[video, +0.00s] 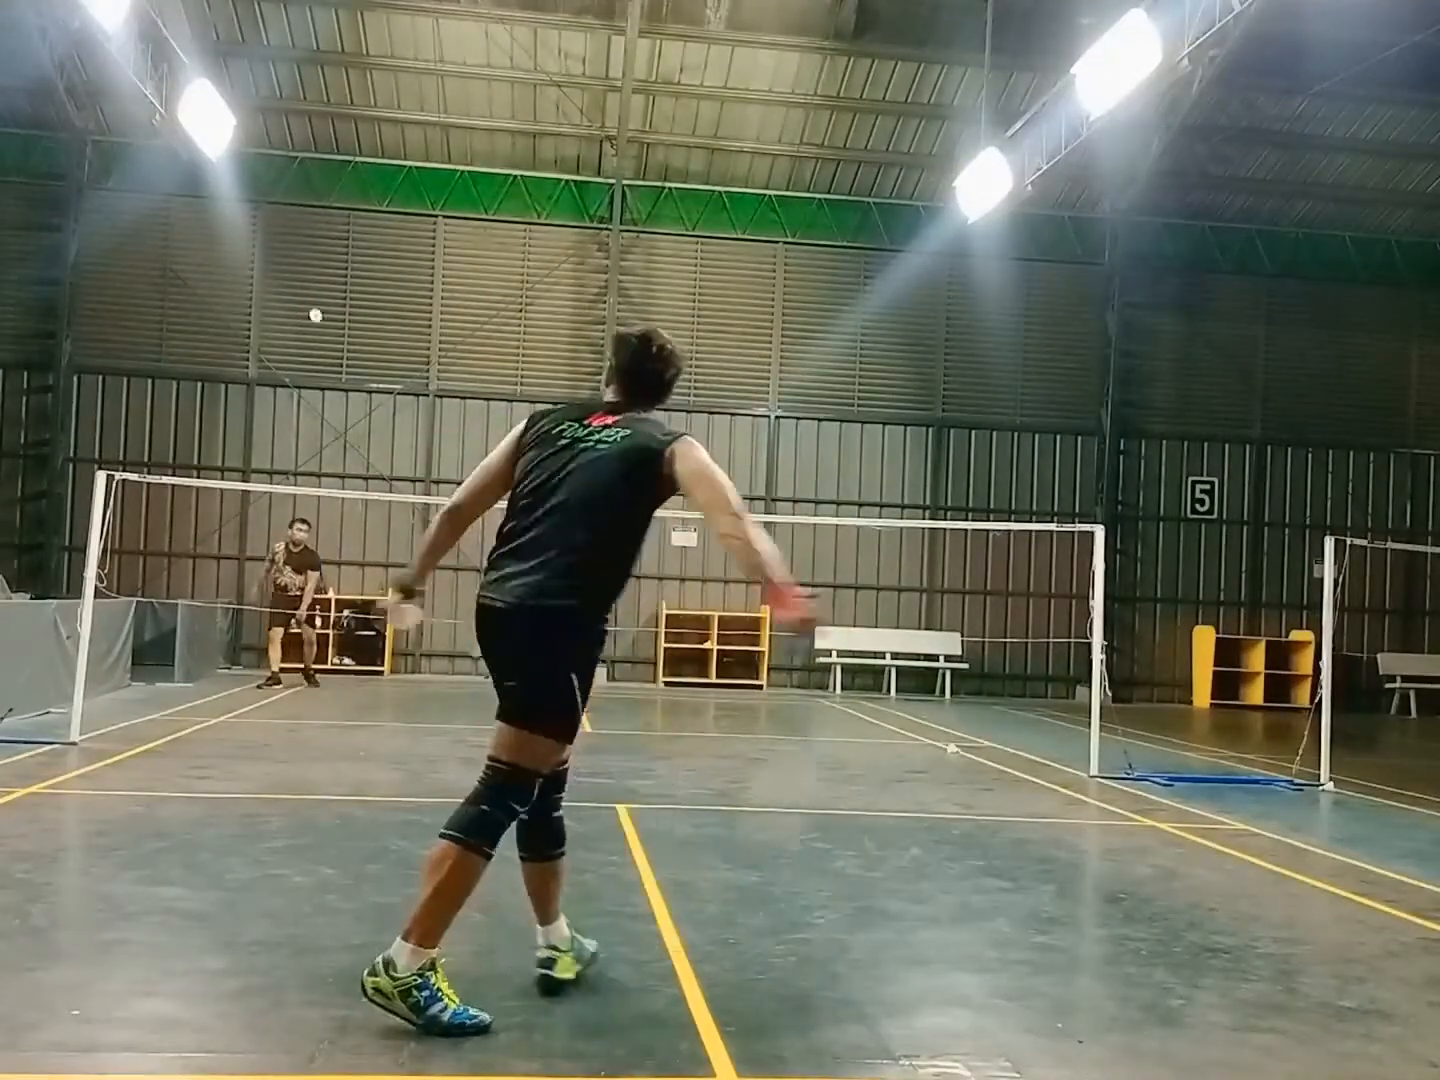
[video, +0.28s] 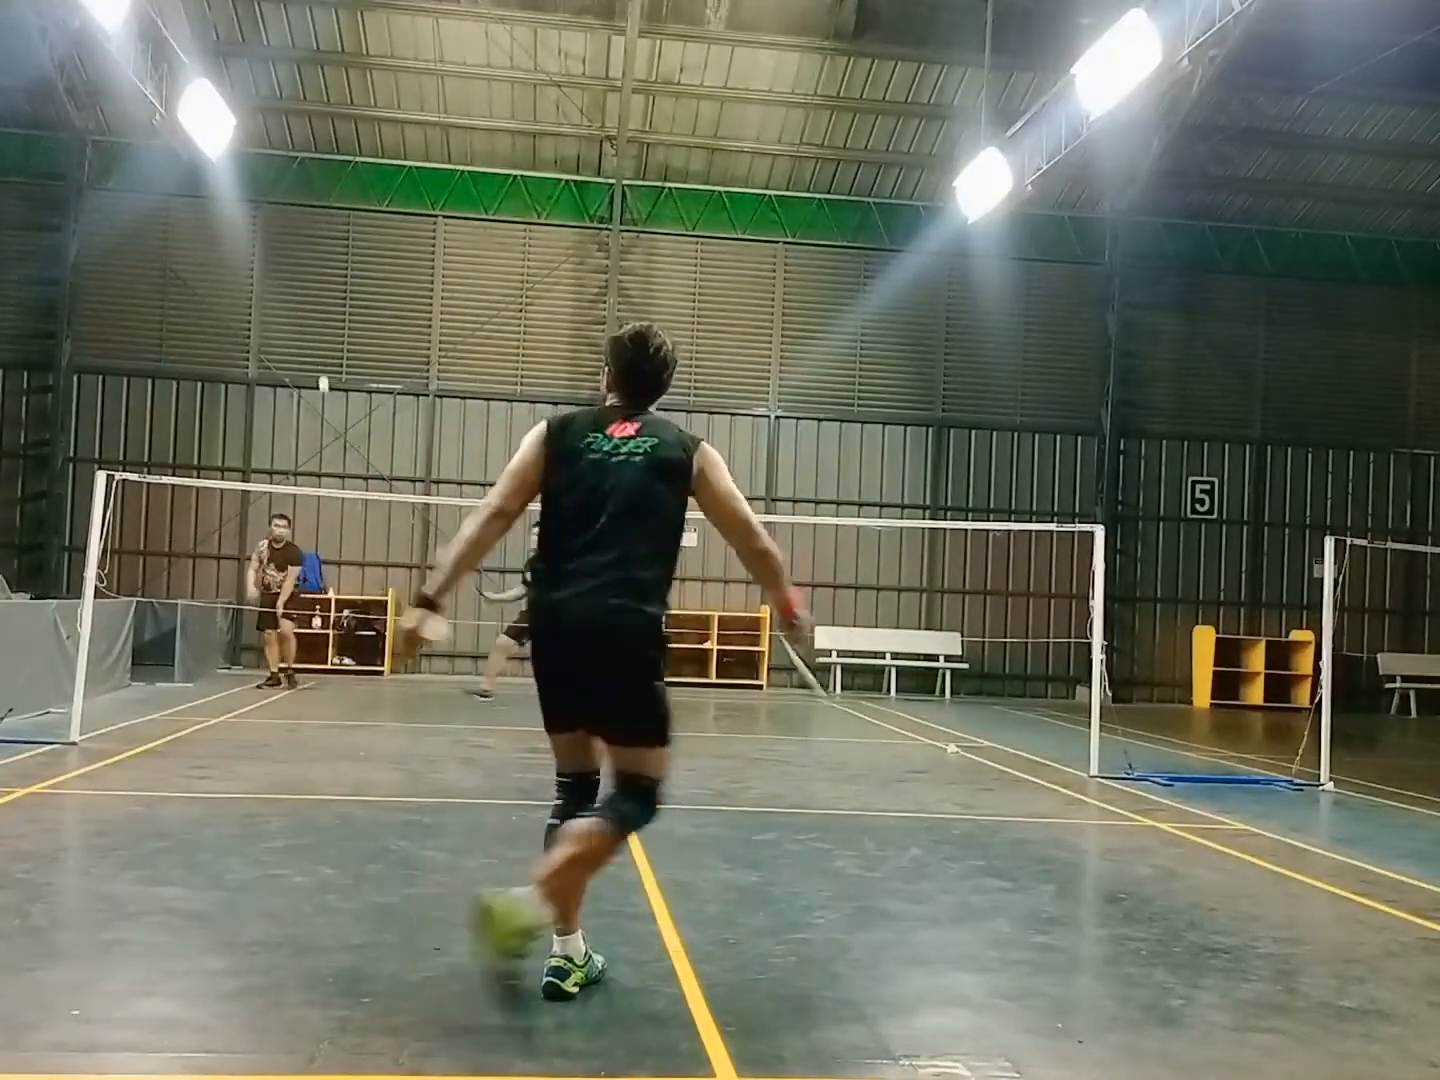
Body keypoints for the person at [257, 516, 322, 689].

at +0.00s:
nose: (301, 534)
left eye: (305, 531)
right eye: (298, 530)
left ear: (308, 535)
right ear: (290, 531)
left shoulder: (312, 556)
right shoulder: (278, 550)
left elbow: (311, 585)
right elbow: (267, 570)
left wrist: (303, 608)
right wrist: (259, 589)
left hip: (302, 597)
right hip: (280, 596)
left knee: (309, 636)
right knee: (274, 634)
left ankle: (308, 670)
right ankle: (274, 674)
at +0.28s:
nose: (280, 530)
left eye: (284, 527)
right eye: (276, 526)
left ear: (289, 530)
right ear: (270, 528)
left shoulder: (294, 552)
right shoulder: (262, 547)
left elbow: (291, 580)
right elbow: (253, 568)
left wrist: (280, 602)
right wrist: (251, 588)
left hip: (287, 594)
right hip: (267, 594)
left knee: (286, 630)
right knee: (269, 634)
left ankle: (289, 670)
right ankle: (274, 673)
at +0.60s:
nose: (252, 531)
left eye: (257, 527)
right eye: (249, 527)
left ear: (266, 529)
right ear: (247, 528)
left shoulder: (269, 551)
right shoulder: (253, 549)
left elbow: (264, 581)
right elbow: (245, 570)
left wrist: (256, 602)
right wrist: (246, 585)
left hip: (269, 596)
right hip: (255, 593)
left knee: (265, 634)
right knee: (232, 625)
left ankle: (268, 676)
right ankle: (247, 661)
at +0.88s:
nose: (230, 531)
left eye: (234, 528)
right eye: (227, 527)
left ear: (243, 530)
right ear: (224, 529)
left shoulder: (245, 550)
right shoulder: (231, 548)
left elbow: (241, 578)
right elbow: (228, 569)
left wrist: (231, 601)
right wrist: (220, 580)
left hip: (244, 594)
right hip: (229, 591)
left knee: (242, 635)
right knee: (215, 633)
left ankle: (261, 672)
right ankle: (214, 673)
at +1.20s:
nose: (217, 528)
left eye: (221, 525)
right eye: (214, 524)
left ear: (228, 528)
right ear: (208, 525)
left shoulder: (230, 549)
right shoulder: (205, 545)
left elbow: (225, 577)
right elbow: (199, 567)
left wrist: (216, 601)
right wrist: (192, 588)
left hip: (227, 589)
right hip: (209, 588)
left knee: (220, 620)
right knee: (207, 631)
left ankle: (213, 666)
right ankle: (212, 671)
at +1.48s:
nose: (217, 531)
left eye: (221, 528)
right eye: (213, 526)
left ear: (225, 531)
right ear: (205, 526)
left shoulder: (227, 554)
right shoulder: (196, 545)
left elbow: (220, 584)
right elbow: (189, 569)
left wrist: (209, 607)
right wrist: (182, 593)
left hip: (218, 599)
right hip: (198, 597)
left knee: (211, 637)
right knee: (201, 639)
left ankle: (204, 677)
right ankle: (212, 672)